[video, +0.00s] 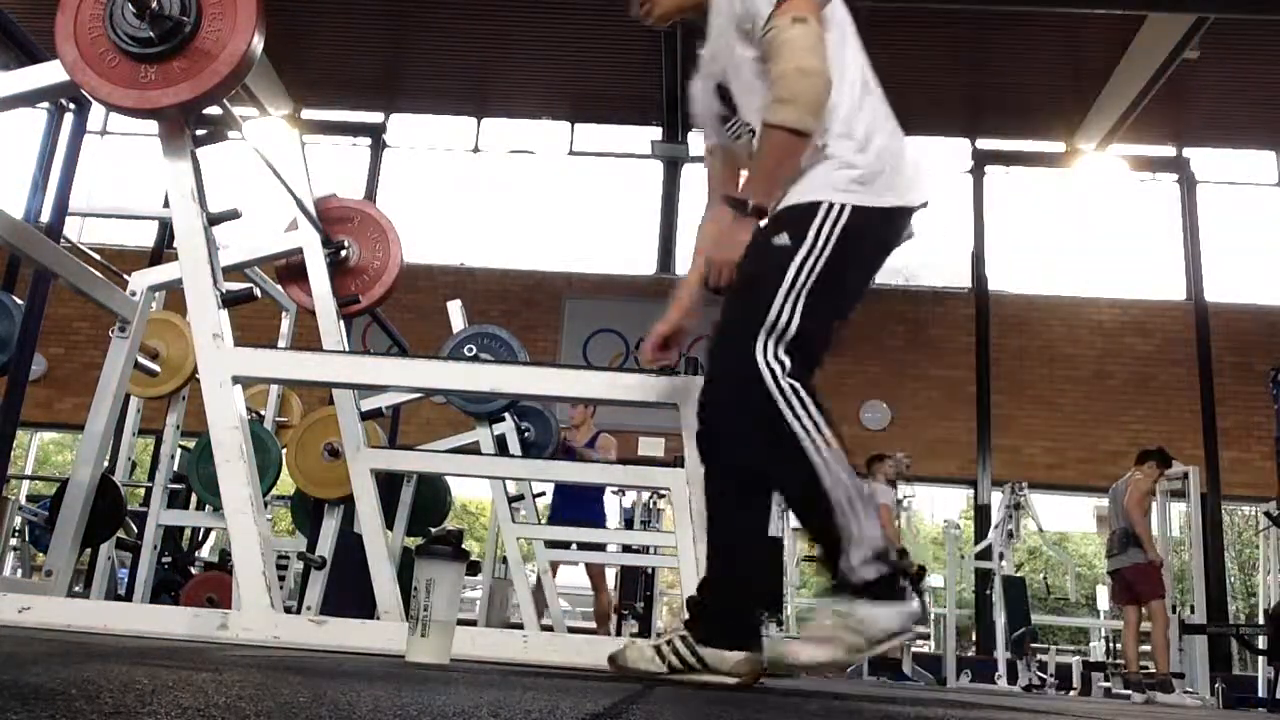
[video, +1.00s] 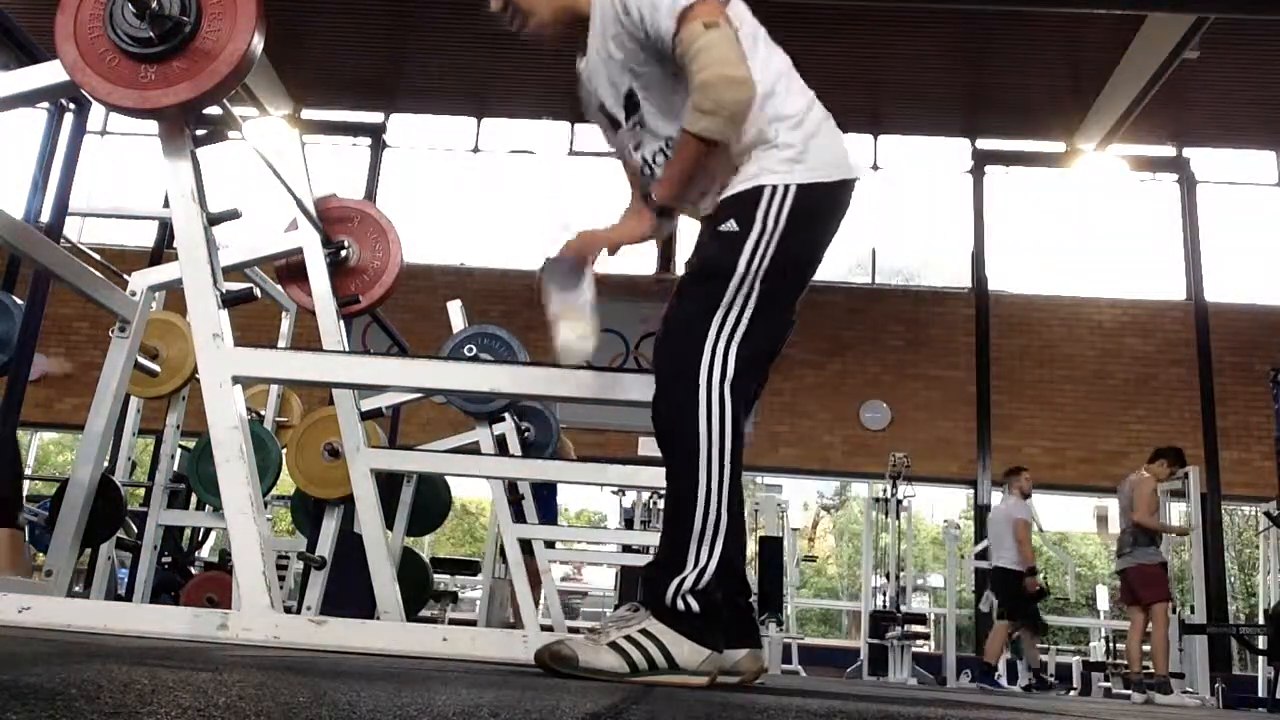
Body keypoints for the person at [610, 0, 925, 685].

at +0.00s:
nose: (638, 7)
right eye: (634, 5)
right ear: (662, 11)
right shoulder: (712, 66)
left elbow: (803, 84)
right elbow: (725, 191)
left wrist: (745, 207)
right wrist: (690, 301)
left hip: (851, 178)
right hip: (797, 195)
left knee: (762, 368)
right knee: (729, 407)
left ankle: (877, 588)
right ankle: (725, 635)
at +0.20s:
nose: (545, 44)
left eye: (543, 17)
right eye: (534, 35)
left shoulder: (695, 8)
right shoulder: (636, 114)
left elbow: (781, 118)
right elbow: (631, 236)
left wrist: (732, 254)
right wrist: (581, 347)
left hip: (834, 199)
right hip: (773, 224)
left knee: (747, 387)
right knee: (696, 401)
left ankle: (703, 618)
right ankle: (727, 631)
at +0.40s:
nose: (497, 123)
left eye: (493, 99)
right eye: (486, 115)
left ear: (534, 55)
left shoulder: (655, 48)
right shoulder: (590, 177)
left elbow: (771, 152)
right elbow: (568, 304)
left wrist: (713, 278)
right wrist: (502, 434)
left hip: (824, 205)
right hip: (767, 234)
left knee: (704, 371)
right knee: (664, 409)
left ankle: (690, 622)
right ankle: (726, 632)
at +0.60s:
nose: (475, 162)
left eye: (468, 137)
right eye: (460, 154)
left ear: (505, 89)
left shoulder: (627, 66)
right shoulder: (570, 209)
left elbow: (765, 151)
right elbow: (553, 338)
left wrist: (716, 263)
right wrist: (493, 478)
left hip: (819, 195)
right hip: (755, 239)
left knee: (705, 358)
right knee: (654, 406)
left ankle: (684, 620)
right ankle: (724, 627)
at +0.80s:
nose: (473, 105)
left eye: (468, 80)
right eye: (461, 98)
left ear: (507, 33)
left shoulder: (631, 29)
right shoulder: (570, 160)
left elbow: (750, 133)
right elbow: (597, 290)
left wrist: (694, 267)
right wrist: (546, 392)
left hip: (807, 179)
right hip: (747, 219)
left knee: (703, 368)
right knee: (669, 401)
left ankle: (683, 621)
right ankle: (726, 628)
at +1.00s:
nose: (510, 18)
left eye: (511, 1)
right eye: (505, 13)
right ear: (526, 17)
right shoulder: (598, 78)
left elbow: (724, 84)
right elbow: (653, 204)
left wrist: (660, 195)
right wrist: (605, 236)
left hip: (786, 167)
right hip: (744, 189)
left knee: (698, 377)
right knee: (691, 393)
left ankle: (690, 622)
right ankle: (726, 631)